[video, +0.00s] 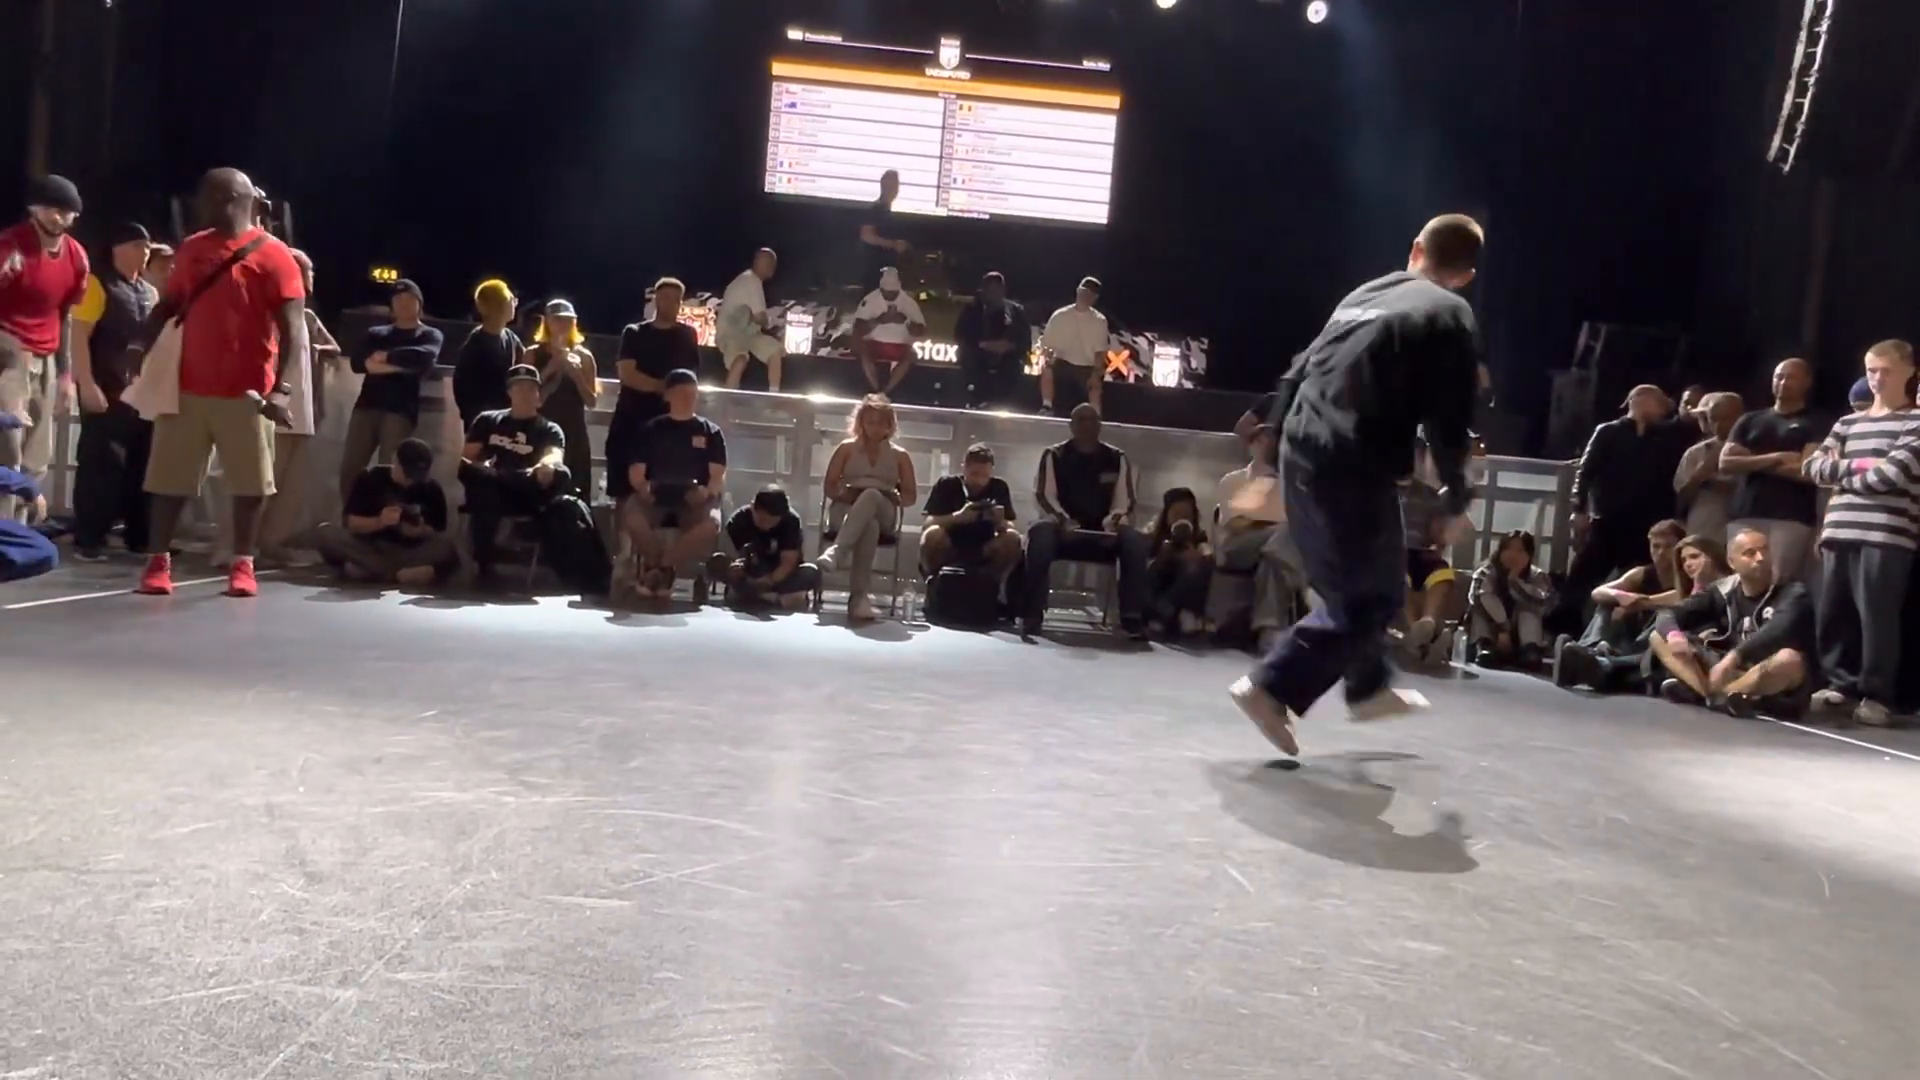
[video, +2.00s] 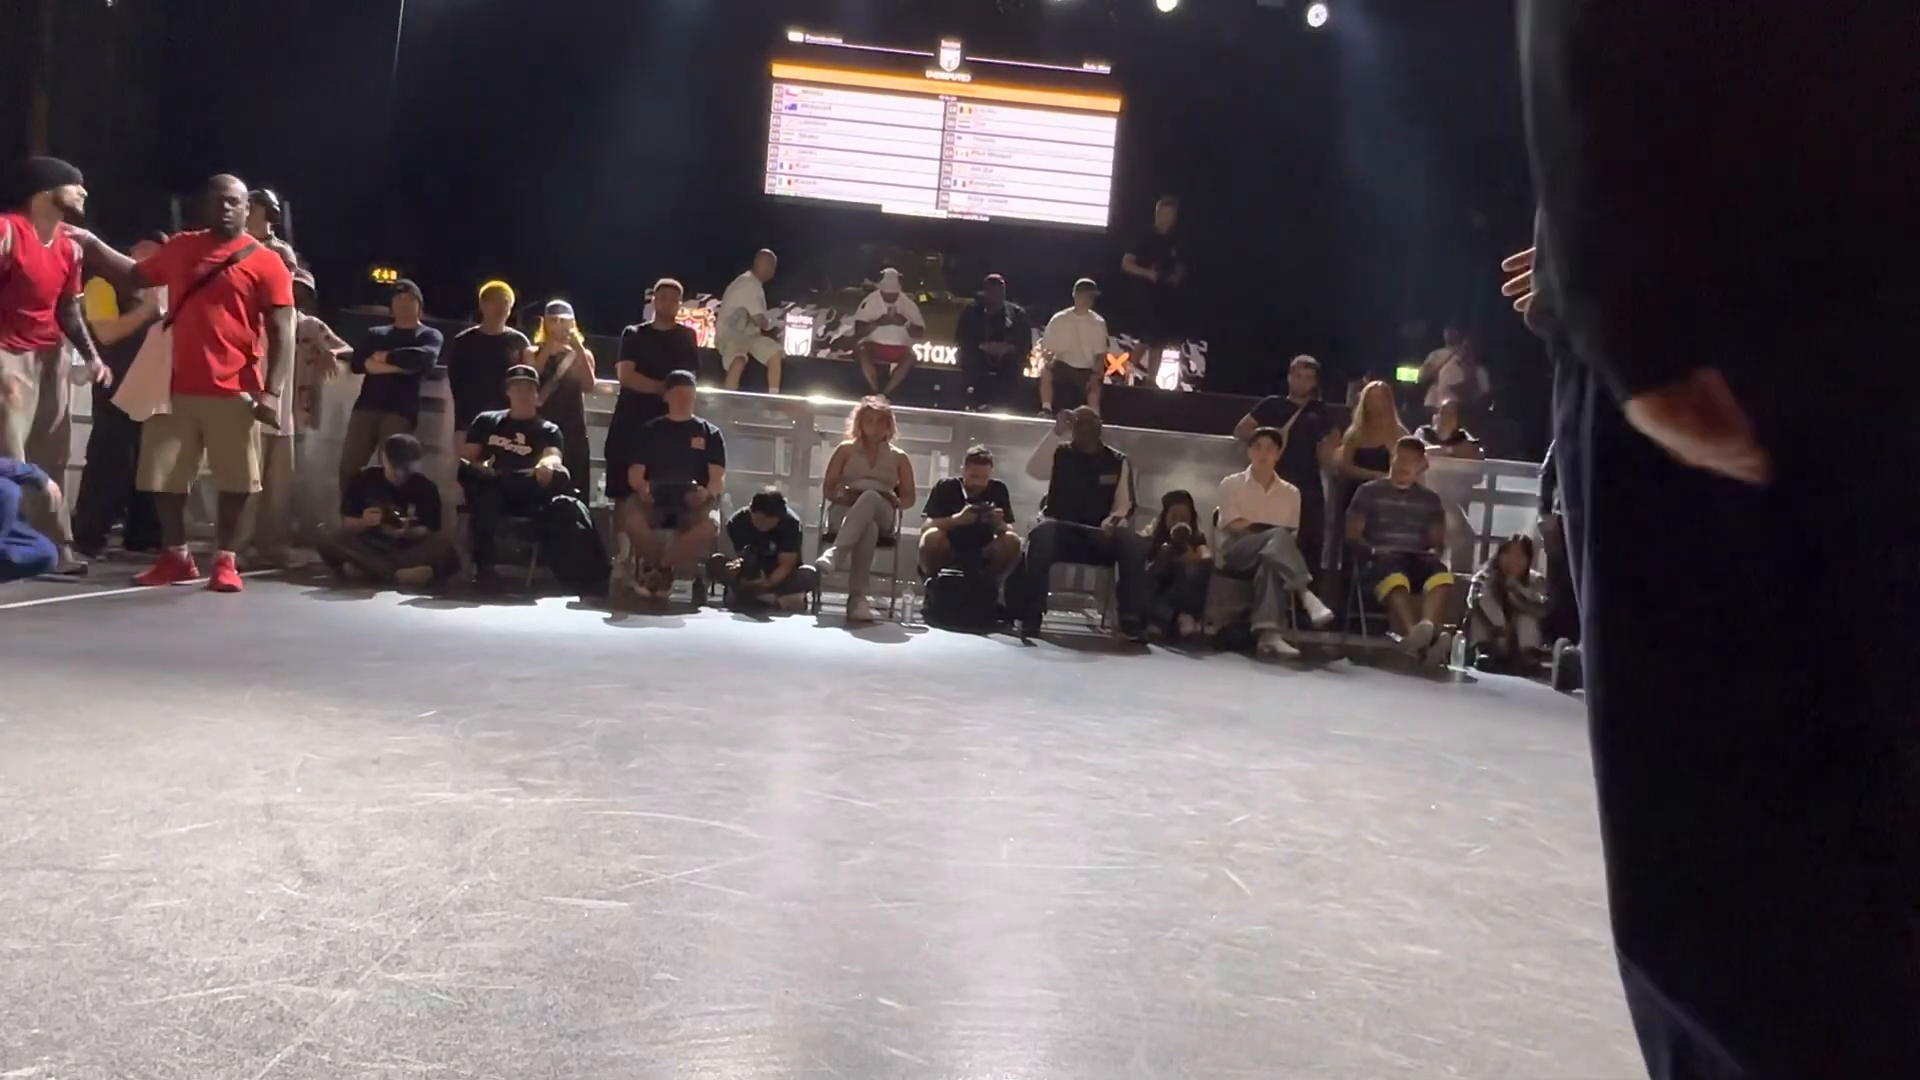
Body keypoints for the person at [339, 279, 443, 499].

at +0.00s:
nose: (403, 304)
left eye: (408, 299)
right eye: (398, 300)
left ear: (419, 305)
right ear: (392, 306)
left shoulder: (431, 334)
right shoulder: (376, 332)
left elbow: (424, 359)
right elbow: (358, 364)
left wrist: (385, 356)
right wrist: (401, 366)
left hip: (400, 411)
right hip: (367, 408)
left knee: (389, 472)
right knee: (350, 468)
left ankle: (384, 525)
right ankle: (349, 524)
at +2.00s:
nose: (404, 303)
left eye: (410, 299)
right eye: (399, 299)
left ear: (419, 306)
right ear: (392, 307)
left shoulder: (430, 335)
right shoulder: (375, 333)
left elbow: (423, 362)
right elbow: (357, 364)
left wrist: (384, 356)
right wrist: (398, 367)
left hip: (399, 412)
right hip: (367, 408)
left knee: (394, 473)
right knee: (348, 468)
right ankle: (348, 517)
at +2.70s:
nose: (395, 312)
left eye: (400, 307)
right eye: (390, 307)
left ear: (411, 313)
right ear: (383, 313)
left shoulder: (422, 343)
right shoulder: (366, 341)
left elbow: (414, 369)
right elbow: (348, 372)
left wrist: (375, 365)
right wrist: (389, 375)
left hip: (392, 419)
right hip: (358, 416)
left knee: (384, 481)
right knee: (341, 477)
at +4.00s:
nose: (370, 336)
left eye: (375, 331)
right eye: (365, 331)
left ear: (386, 336)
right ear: (359, 337)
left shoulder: (399, 365)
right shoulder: (344, 365)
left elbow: (394, 390)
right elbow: (325, 396)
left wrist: (355, 389)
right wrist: (367, 399)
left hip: (371, 443)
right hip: (338, 441)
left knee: (366, 504)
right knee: (323, 502)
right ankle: (321, 551)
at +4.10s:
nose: (374, 344)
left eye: (379, 338)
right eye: (369, 339)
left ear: (389, 344)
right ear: (362, 344)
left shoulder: (402, 373)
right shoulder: (347, 372)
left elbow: (398, 397)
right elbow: (328, 403)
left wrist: (358, 397)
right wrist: (371, 405)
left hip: (374, 449)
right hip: (342, 446)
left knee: (368, 509)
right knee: (326, 507)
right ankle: (325, 555)